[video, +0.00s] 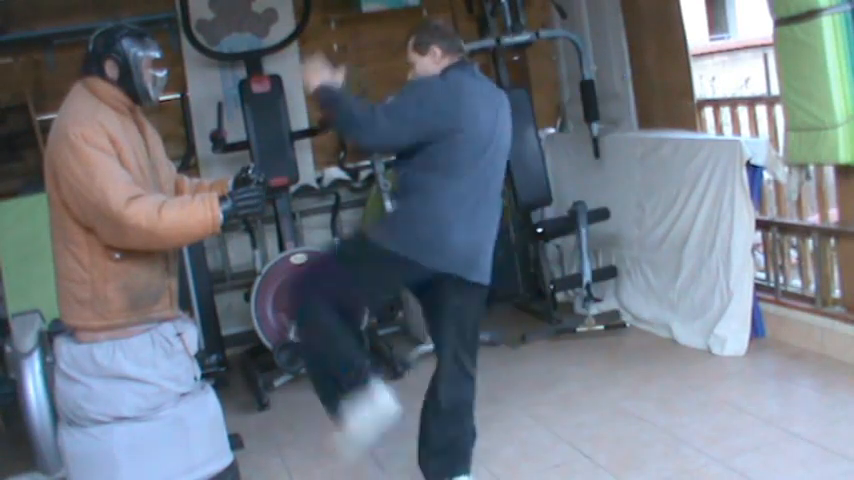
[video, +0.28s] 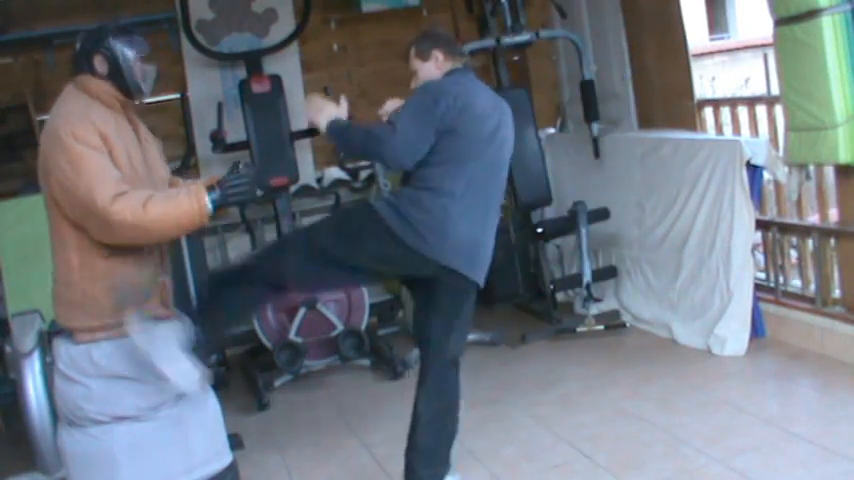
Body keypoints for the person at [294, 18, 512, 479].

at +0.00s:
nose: (412, 73)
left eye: (415, 63)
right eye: (411, 64)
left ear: (439, 54)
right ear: (455, 55)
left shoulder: (440, 93)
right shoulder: (500, 102)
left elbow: (374, 130)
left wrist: (326, 91)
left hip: (415, 239)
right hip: (471, 254)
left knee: (316, 291)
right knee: (457, 365)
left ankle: (360, 394)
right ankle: (452, 470)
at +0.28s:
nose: (415, 79)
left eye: (416, 71)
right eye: (413, 72)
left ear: (436, 60)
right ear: (457, 61)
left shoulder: (439, 92)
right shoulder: (501, 110)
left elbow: (400, 151)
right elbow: (464, 158)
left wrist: (335, 124)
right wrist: (411, 118)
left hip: (414, 230)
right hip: (467, 258)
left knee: (293, 256)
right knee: (442, 365)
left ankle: (207, 323)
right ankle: (428, 473)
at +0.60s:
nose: (432, 72)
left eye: (434, 60)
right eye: (432, 62)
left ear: (454, 53)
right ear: (475, 54)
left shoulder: (460, 100)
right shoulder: (525, 102)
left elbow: (405, 175)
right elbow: (539, 190)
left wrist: (366, 122)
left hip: (473, 269)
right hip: (519, 264)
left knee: (489, 388)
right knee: (471, 376)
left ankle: (539, 474)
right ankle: (448, 468)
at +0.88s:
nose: (451, 58)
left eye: (451, 47)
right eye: (447, 50)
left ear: (474, 29)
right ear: (483, 26)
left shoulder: (512, 63)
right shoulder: (532, 56)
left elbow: (471, 147)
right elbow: (520, 141)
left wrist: (419, 101)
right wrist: (470, 104)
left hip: (561, 235)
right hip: (578, 226)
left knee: (549, 358)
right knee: (559, 350)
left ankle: (574, 467)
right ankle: (579, 462)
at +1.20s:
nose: (531, 74)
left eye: (535, 62)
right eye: (527, 65)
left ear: (564, 50)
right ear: (565, 52)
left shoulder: (595, 86)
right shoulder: (607, 78)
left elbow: (597, 163)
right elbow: (595, 153)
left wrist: (529, 126)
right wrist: (544, 121)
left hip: (622, 253)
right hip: (651, 240)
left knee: (593, 372)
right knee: (672, 328)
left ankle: (597, 471)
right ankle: (724, 411)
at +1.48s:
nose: (586, 70)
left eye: (586, 59)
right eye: (582, 62)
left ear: (611, 45)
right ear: (619, 44)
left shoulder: (633, 83)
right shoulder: (670, 73)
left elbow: (629, 157)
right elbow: (667, 142)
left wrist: (570, 124)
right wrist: (610, 112)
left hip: (667, 237)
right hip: (708, 223)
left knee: (629, 335)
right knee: (703, 317)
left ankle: (717, 413)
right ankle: (747, 400)